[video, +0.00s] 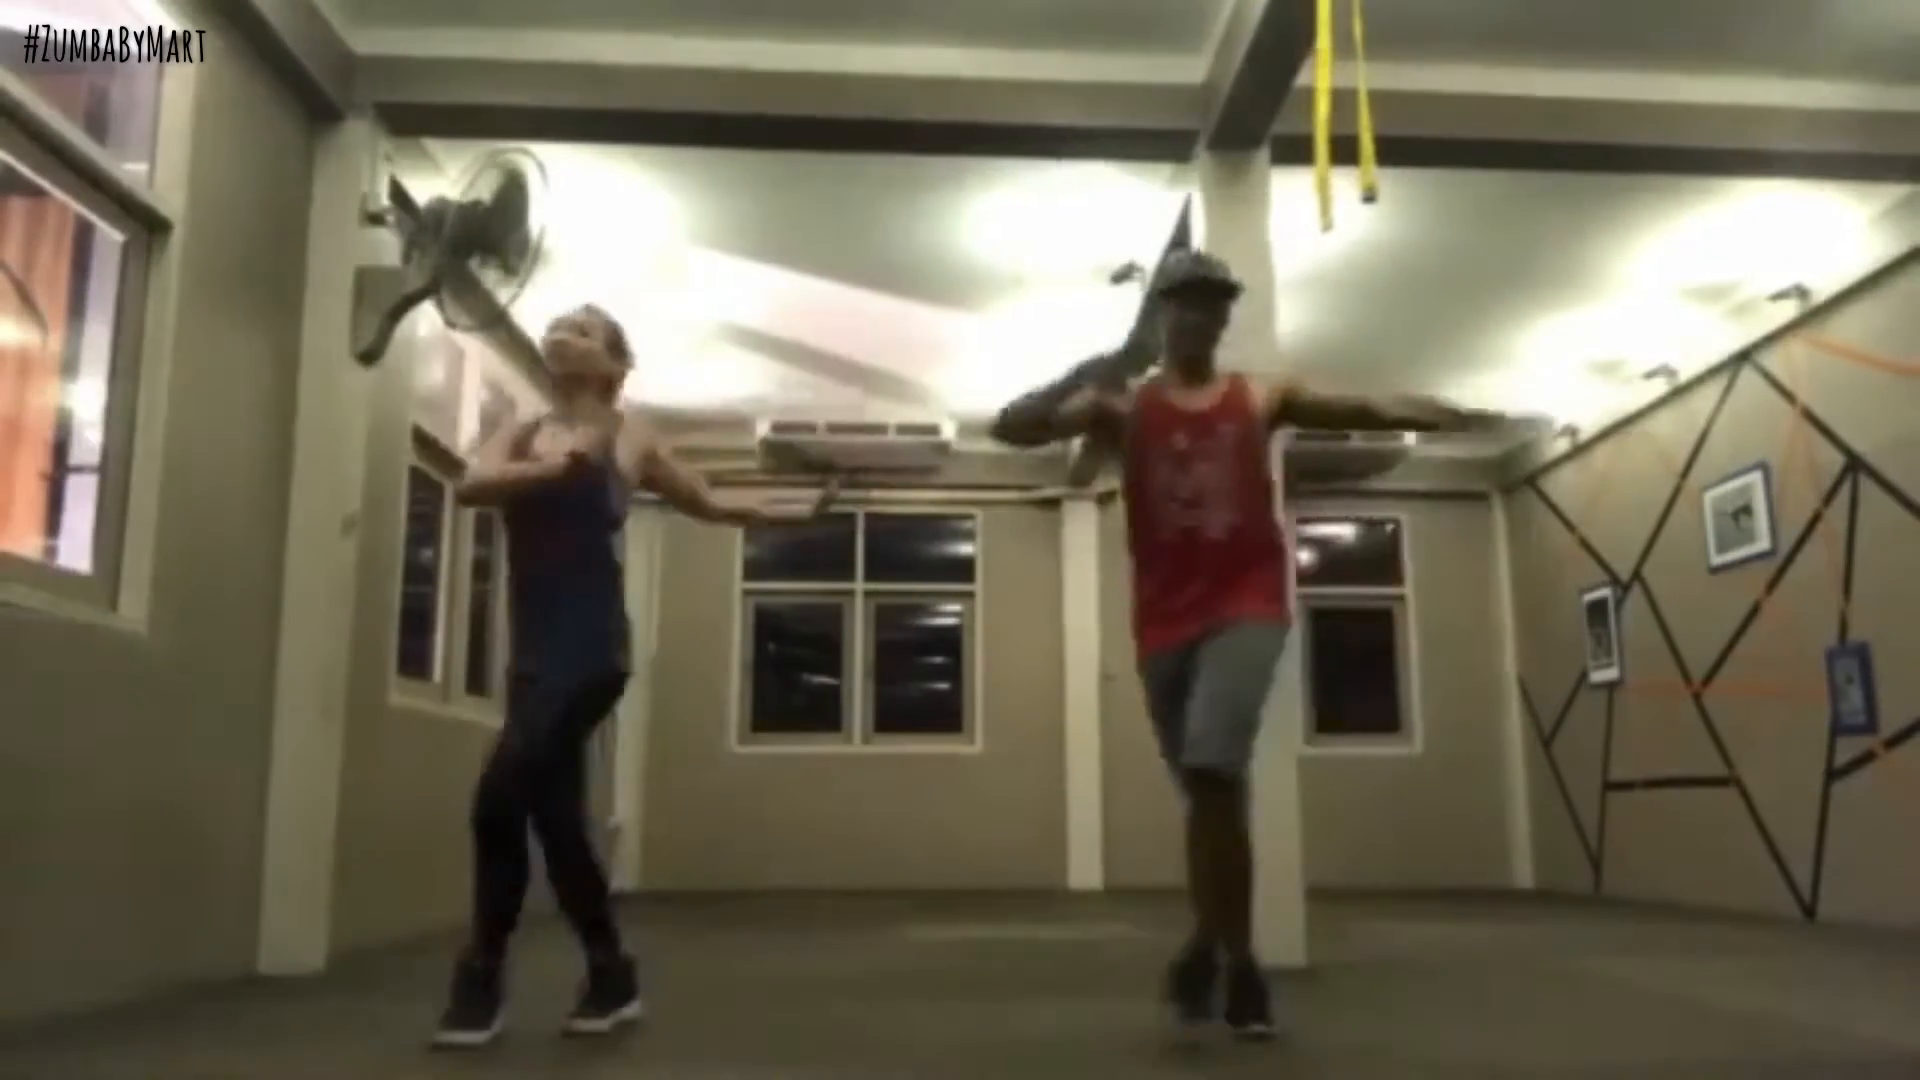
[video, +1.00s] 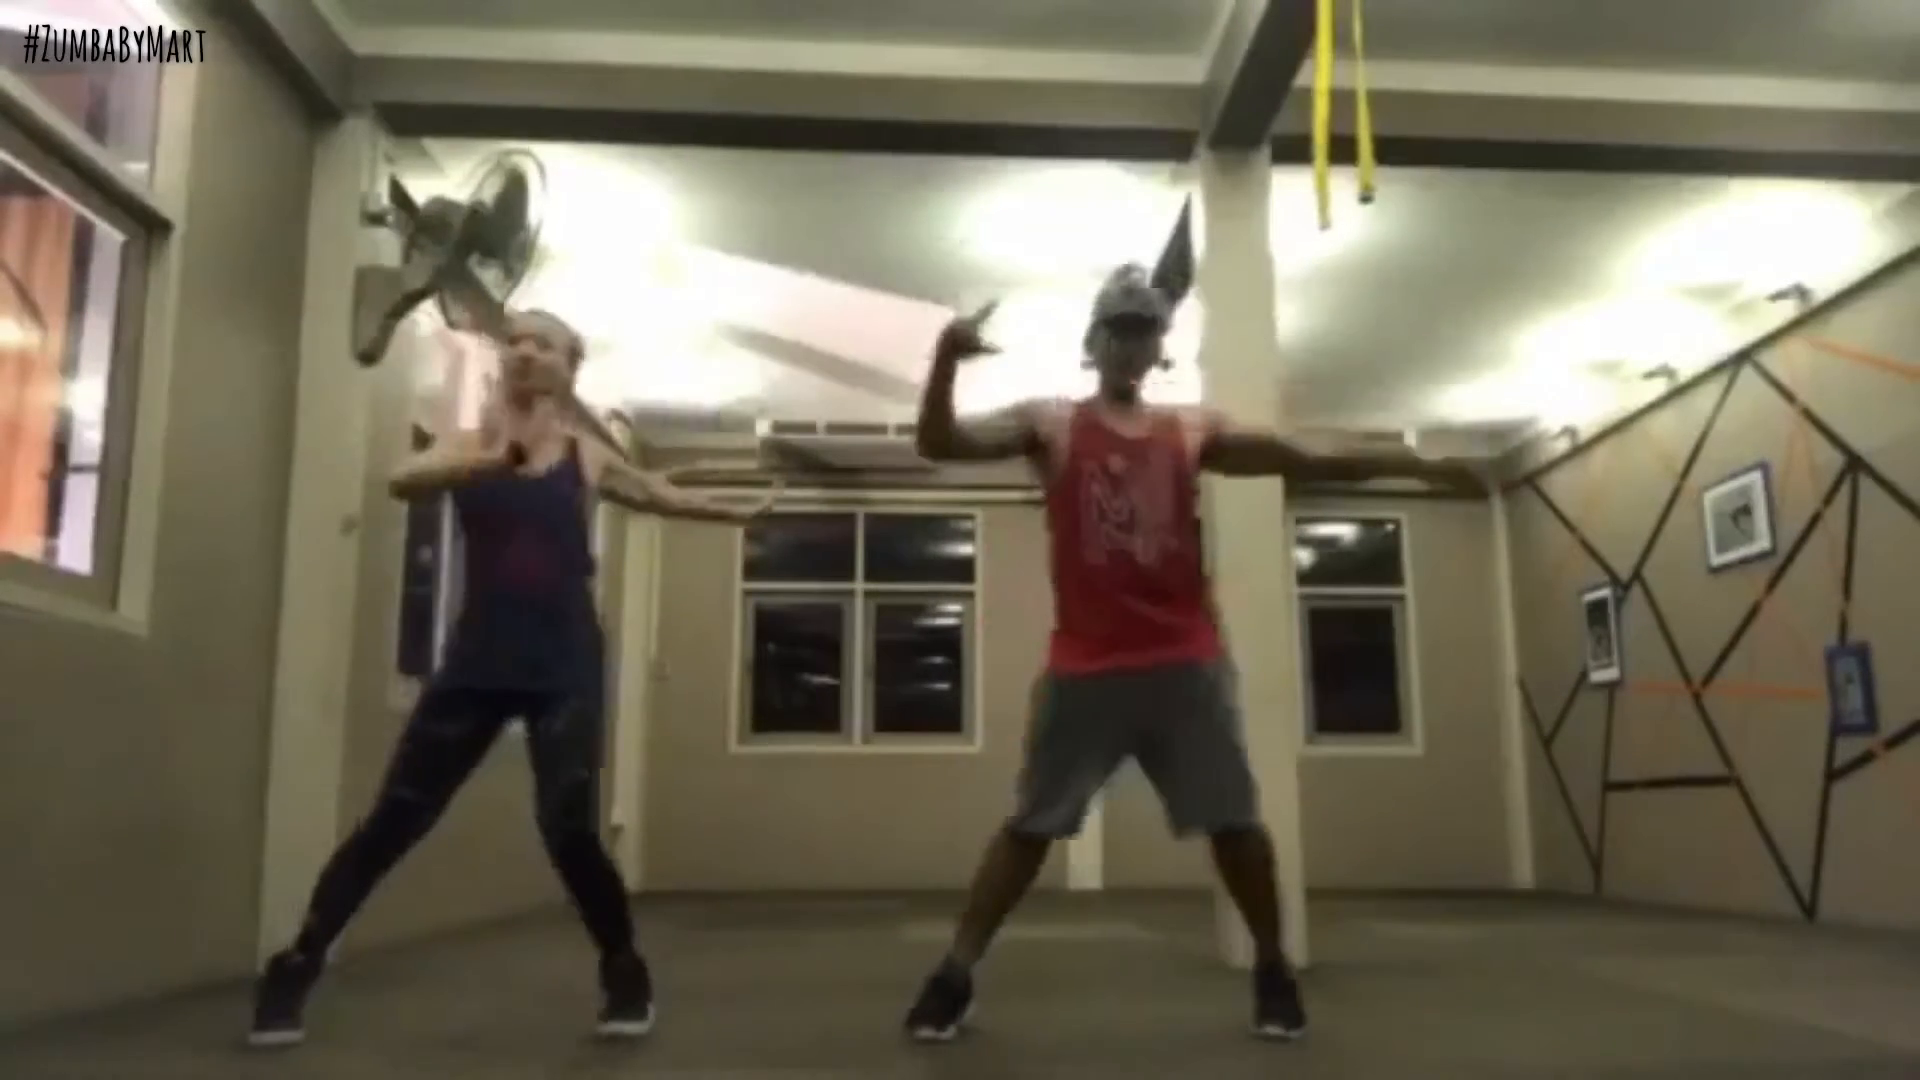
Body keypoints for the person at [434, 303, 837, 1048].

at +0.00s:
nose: (560, 335)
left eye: (582, 331)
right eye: (557, 328)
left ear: (614, 366)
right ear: (544, 356)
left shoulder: (629, 438)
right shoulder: (523, 427)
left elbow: (707, 504)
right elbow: (472, 483)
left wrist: (801, 509)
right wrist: (550, 470)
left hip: (593, 650)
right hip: (536, 651)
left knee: (499, 800)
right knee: (558, 822)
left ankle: (477, 990)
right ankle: (610, 975)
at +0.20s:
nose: (549, 336)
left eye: (566, 328)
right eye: (537, 324)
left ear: (586, 352)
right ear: (513, 341)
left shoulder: (602, 436)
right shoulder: (484, 429)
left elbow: (674, 518)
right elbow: (370, 458)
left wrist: (736, 483)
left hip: (564, 655)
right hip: (484, 651)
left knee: (508, 822)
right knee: (413, 805)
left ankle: (486, 993)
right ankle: (517, 917)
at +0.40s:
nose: (533, 339)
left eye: (545, 329)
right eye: (519, 326)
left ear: (561, 348)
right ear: (489, 343)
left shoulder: (584, 426)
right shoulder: (465, 429)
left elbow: (617, 456)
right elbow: (366, 449)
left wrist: (536, 428)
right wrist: (281, 434)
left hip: (529, 652)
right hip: (446, 643)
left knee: (510, 823)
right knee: (392, 807)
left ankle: (486, 995)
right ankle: (308, 925)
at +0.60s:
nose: (512, 350)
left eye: (525, 339)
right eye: (497, 336)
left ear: (540, 356)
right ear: (467, 351)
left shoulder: (544, 448)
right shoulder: (431, 439)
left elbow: (615, 466)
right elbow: (324, 452)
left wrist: (548, 375)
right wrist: (224, 431)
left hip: (486, 660)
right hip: (400, 650)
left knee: (497, 820)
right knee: (351, 814)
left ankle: (488, 986)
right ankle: (283, 975)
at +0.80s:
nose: (498, 340)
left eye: (513, 331)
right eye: (486, 327)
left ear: (535, 351)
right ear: (459, 341)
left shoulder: (546, 432)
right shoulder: (425, 421)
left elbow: (638, 470)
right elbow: (313, 429)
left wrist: (688, 435)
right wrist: (337, 355)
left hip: (504, 646)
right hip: (414, 640)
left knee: (514, 799)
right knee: (358, 805)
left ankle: (568, 935)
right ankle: (287, 963)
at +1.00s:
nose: (526, 354)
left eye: (544, 345)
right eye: (517, 343)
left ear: (570, 370)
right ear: (499, 360)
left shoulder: (583, 450)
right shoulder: (474, 443)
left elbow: (658, 493)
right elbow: (403, 480)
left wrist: (743, 509)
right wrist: (487, 463)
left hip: (565, 663)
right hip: (480, 659)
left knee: (568, 829)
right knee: (395, 821)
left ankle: (626, 982)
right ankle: (295, 972)